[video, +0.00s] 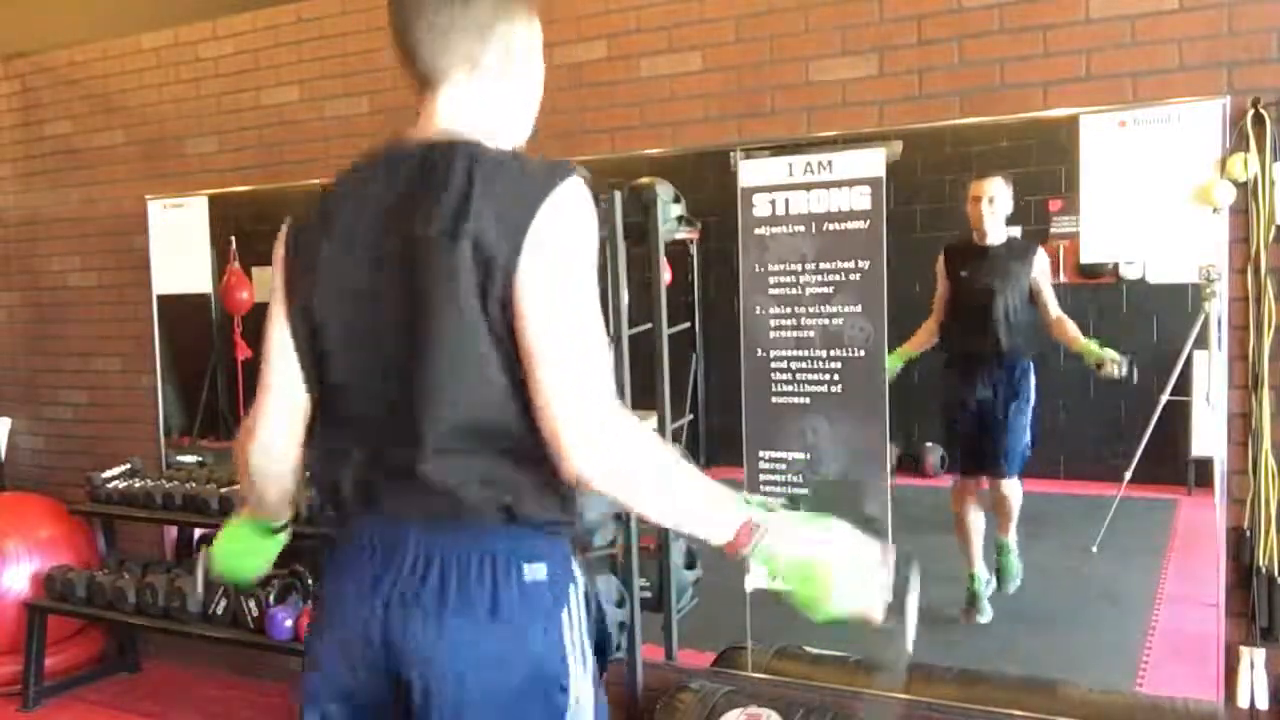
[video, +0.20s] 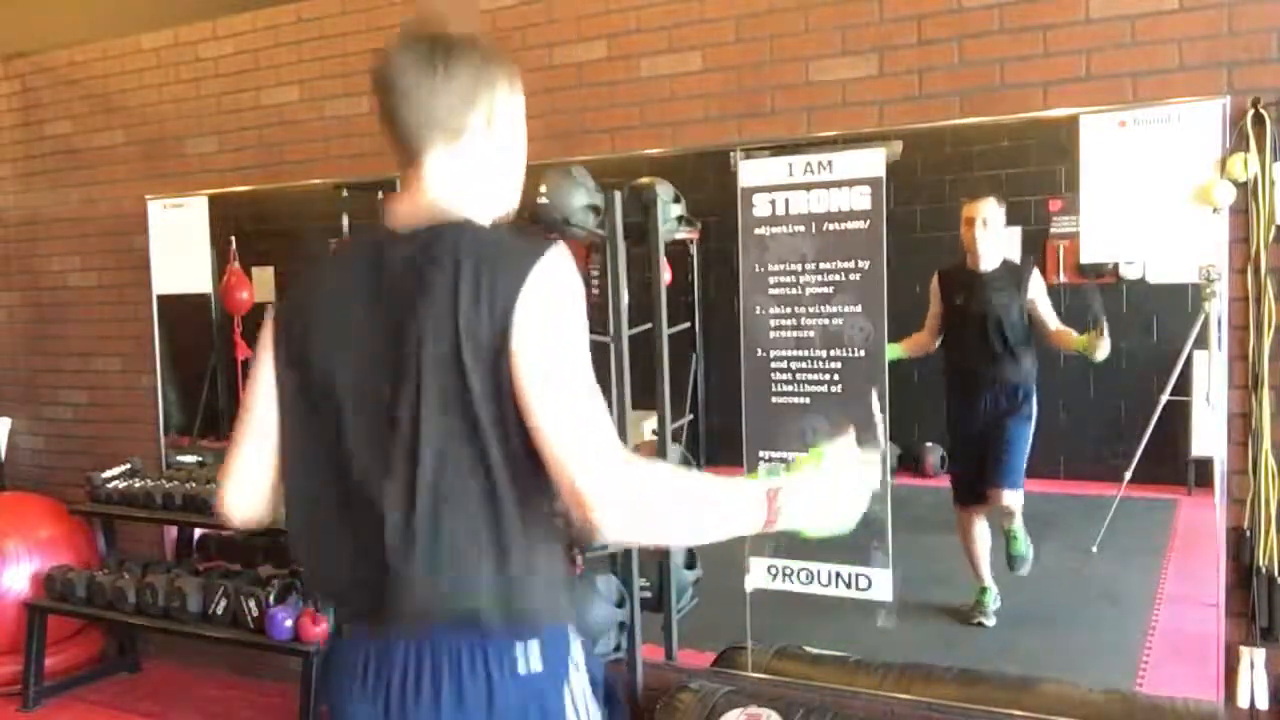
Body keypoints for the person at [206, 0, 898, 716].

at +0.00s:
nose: (540, 80)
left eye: (538, 57)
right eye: (537, 56)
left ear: (416, 62)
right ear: (517, 57)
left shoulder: (311, 229)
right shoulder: (540, 198)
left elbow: (268, 454)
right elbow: (589, 441)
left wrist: (267, 512)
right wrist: (760, 533)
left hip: (356, 573)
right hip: (504, 582)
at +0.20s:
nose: (526, 152)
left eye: (521, 125)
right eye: (520, 125)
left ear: (404, 132)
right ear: (488, 126)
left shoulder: (304, 291)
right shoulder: (523, 270)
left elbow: (243, 498)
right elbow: (607, 497)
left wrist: (365, 448)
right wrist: (785, 499)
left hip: (361, 663)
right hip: (510, 661)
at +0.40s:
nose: (516, 69)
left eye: (510, 46)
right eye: (510, 45)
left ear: (387, 56)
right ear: (487, 48)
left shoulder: (286, 226)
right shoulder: (512, 187)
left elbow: (248, 481)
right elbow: (577, 432)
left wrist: (251, 524)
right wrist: (761, 521)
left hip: (359, 572)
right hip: (508, 573)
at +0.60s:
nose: (521, 145)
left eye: (517, 118)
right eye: (515, 118)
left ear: (398, 129)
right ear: (485, 123)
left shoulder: (299, 292)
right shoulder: (524, 267)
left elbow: (234, 495)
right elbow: (609, 493)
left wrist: (360, 438)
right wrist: (780, 488)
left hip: (364, 656)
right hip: (515, 654)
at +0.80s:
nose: (542, 87)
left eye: (541, 64)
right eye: (539, 64)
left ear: (419, 62)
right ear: (513, 61)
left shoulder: (307, 226)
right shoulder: (538, 197)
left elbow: (259, 446)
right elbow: (590, 441)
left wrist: (262, 524)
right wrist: (768, 550)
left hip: (369, 579)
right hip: (517, 583)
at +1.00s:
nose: (562, 156)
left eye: (557, 130)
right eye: (557, 130)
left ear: (436, 136)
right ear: (530, 129)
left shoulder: (326, 302)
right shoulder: (563, 292)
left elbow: (265, 508)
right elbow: (638, 524)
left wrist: (373, 440)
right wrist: (812, 522)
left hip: (373, 665)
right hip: (520, 667)